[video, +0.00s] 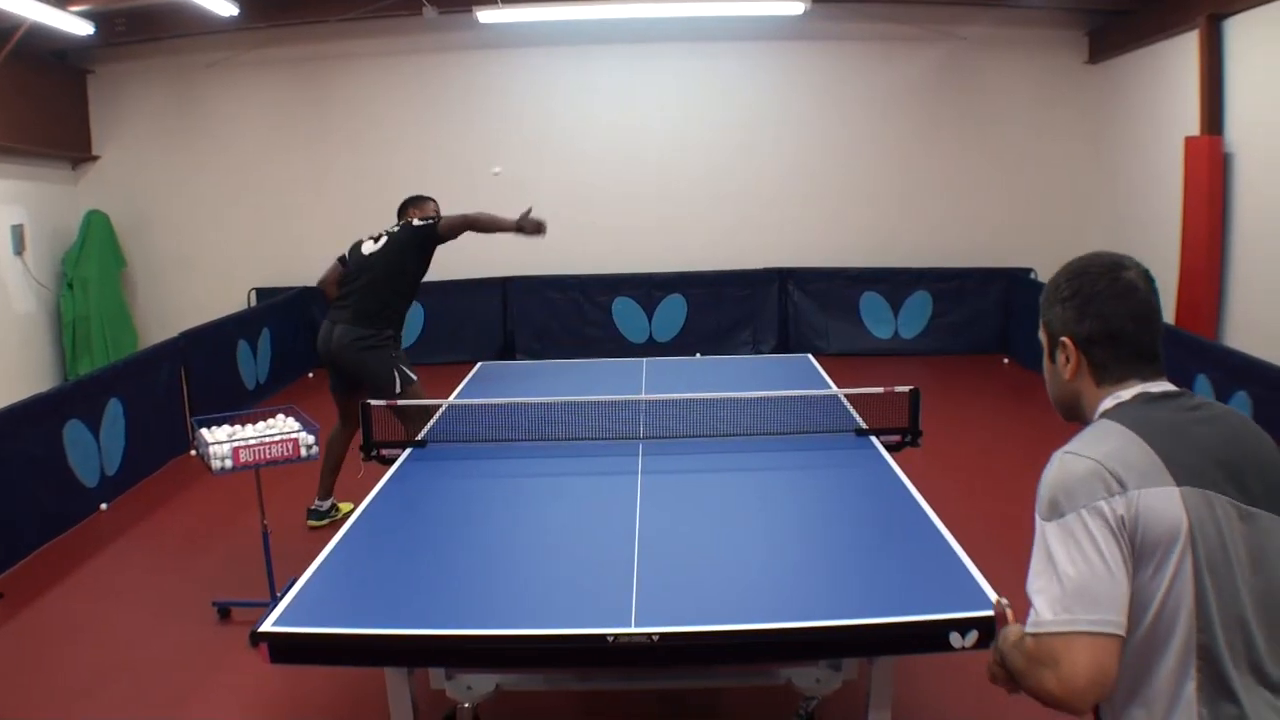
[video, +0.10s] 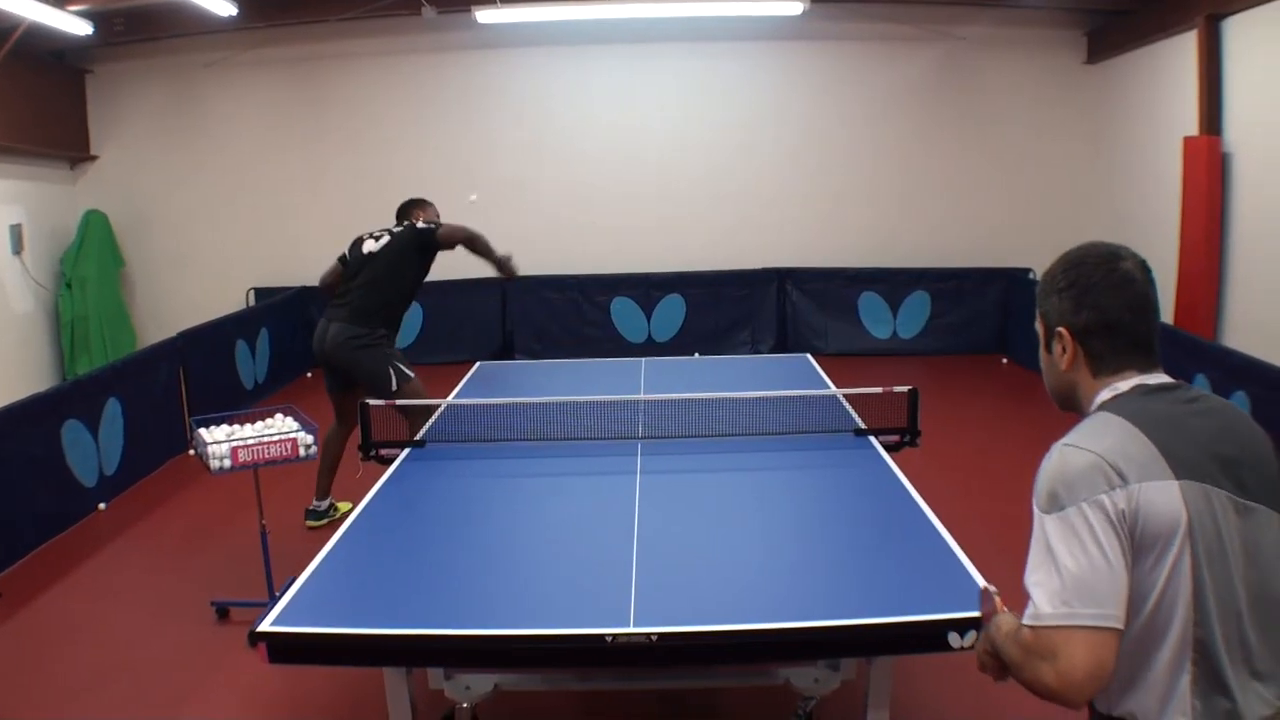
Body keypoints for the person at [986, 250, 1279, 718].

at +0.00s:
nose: (1044, 367)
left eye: (1044, 351)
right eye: (1043, 350)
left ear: (1068, 357)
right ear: (1153, 340)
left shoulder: (1091, 466)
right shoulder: (1254, 440)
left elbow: (1077, 683)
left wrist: (1011, 646)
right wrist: (1033, 662)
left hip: (1159, 709)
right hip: (1268, 704)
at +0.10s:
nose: (1041, 357)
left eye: (1041, 340)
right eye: (1040, 340)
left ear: (1065, 347)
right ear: (1149, 331)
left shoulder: (1090, 458)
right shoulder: (1244, 430)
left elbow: (1072, 675)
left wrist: (1002, 633)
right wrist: (1025, 649)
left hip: (1155, 709)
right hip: (1266, 702)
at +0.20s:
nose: (1031, 356)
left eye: (1031, 339)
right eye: (1030, 339)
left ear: (1055, 346)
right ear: (1139, 330)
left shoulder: (1080, 459)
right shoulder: (1232, 430)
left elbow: (1051, 677)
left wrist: (983, 628)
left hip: (1142, 709)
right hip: (1258, 702)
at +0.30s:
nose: (1016, 365)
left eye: (1015, 349)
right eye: (1013, 348)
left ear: (1040, 355)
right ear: (1124, 337)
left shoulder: (1058, 470)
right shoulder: (1216, 445)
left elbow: (1002, 685)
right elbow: (1248, 603)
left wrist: (942, 625)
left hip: (1110, 711)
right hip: (1237, 710)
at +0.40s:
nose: (1003, 353)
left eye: (1003, 335)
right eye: (1001, 335)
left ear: (1026, 339)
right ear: (1109, 323)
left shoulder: (1039, 451)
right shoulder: (1211, 433)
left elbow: (962, 654)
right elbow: (1256, 596)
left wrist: (906, 602)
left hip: (1090, 708)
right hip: (1225, 705)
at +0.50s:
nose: (1001, 336)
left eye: (1000, 319)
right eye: (1000, 319)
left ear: (1024, 322)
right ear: (1103, 306)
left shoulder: (1036, 433)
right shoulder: (1212, 415)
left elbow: (948, 625)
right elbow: (1259, 564)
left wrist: (895, 583)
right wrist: (1160, 588)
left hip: (1095, 709)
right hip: (1222, 702)